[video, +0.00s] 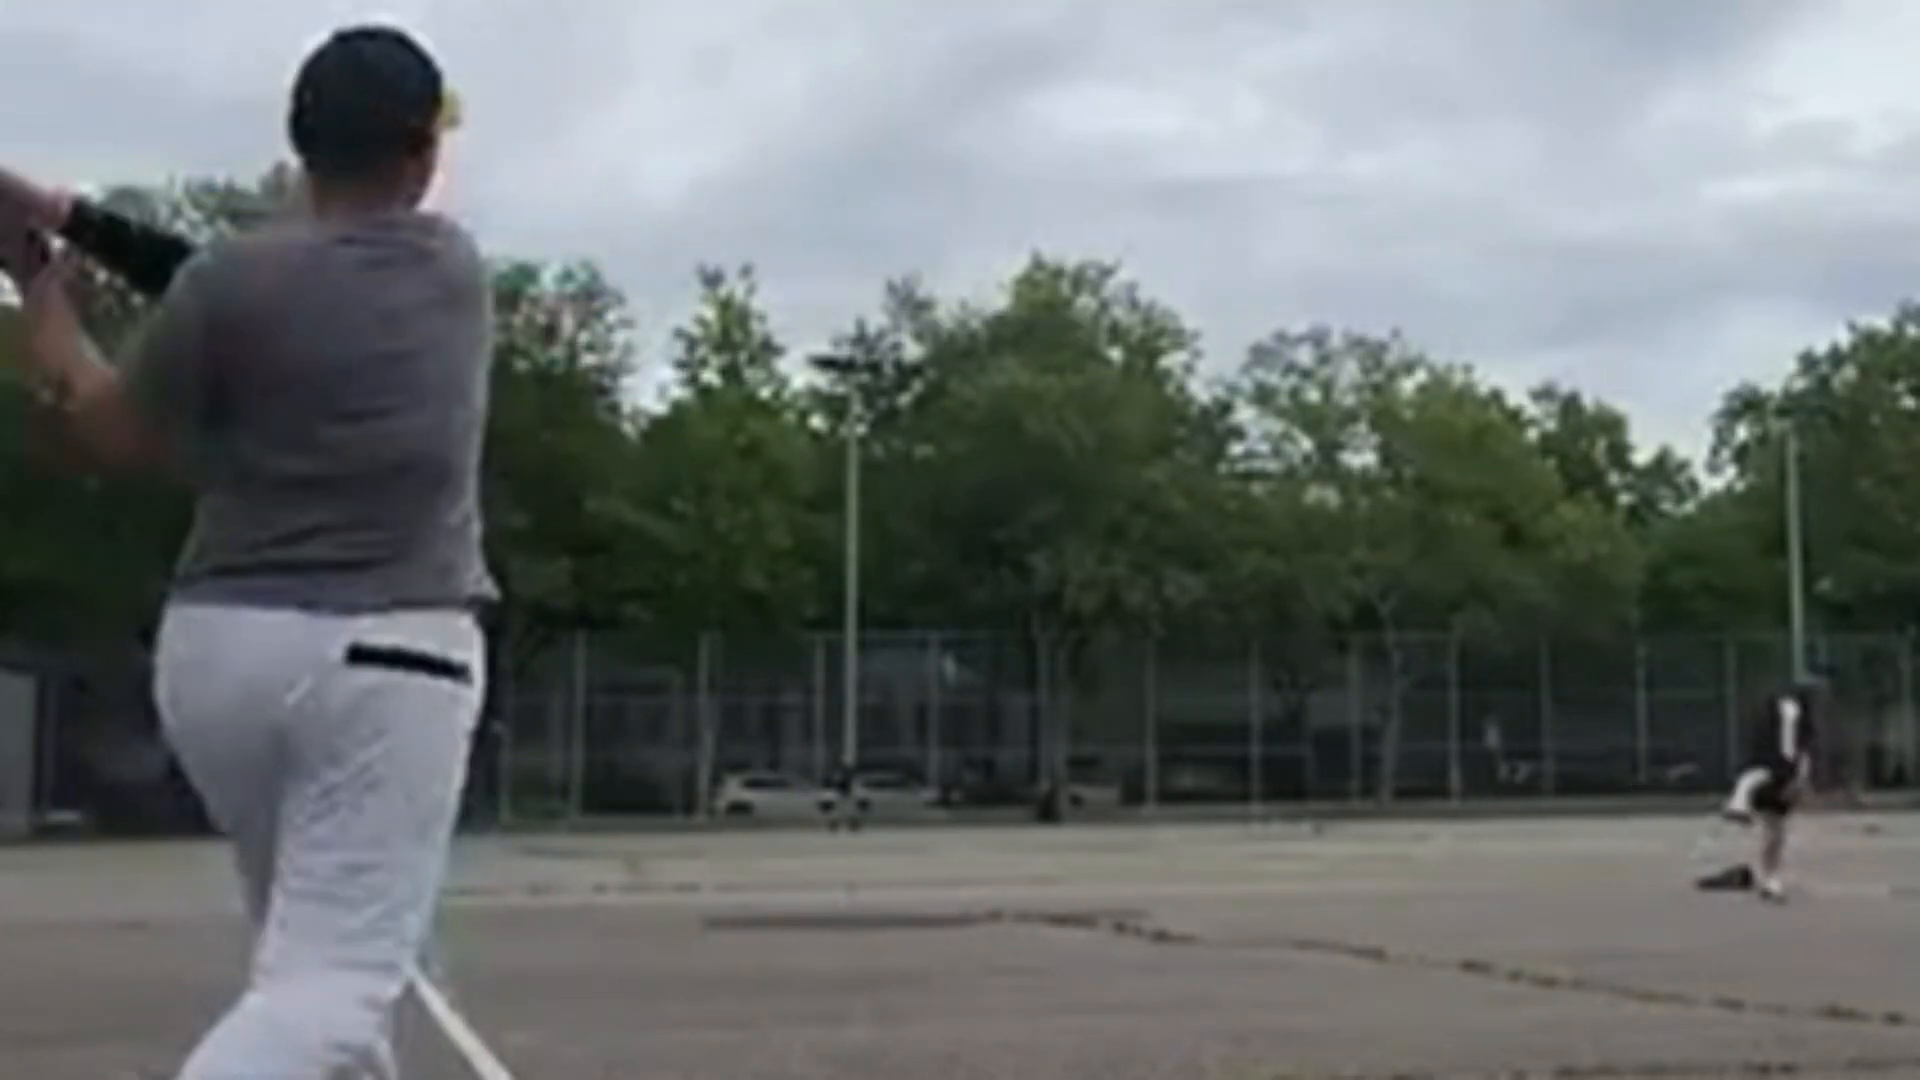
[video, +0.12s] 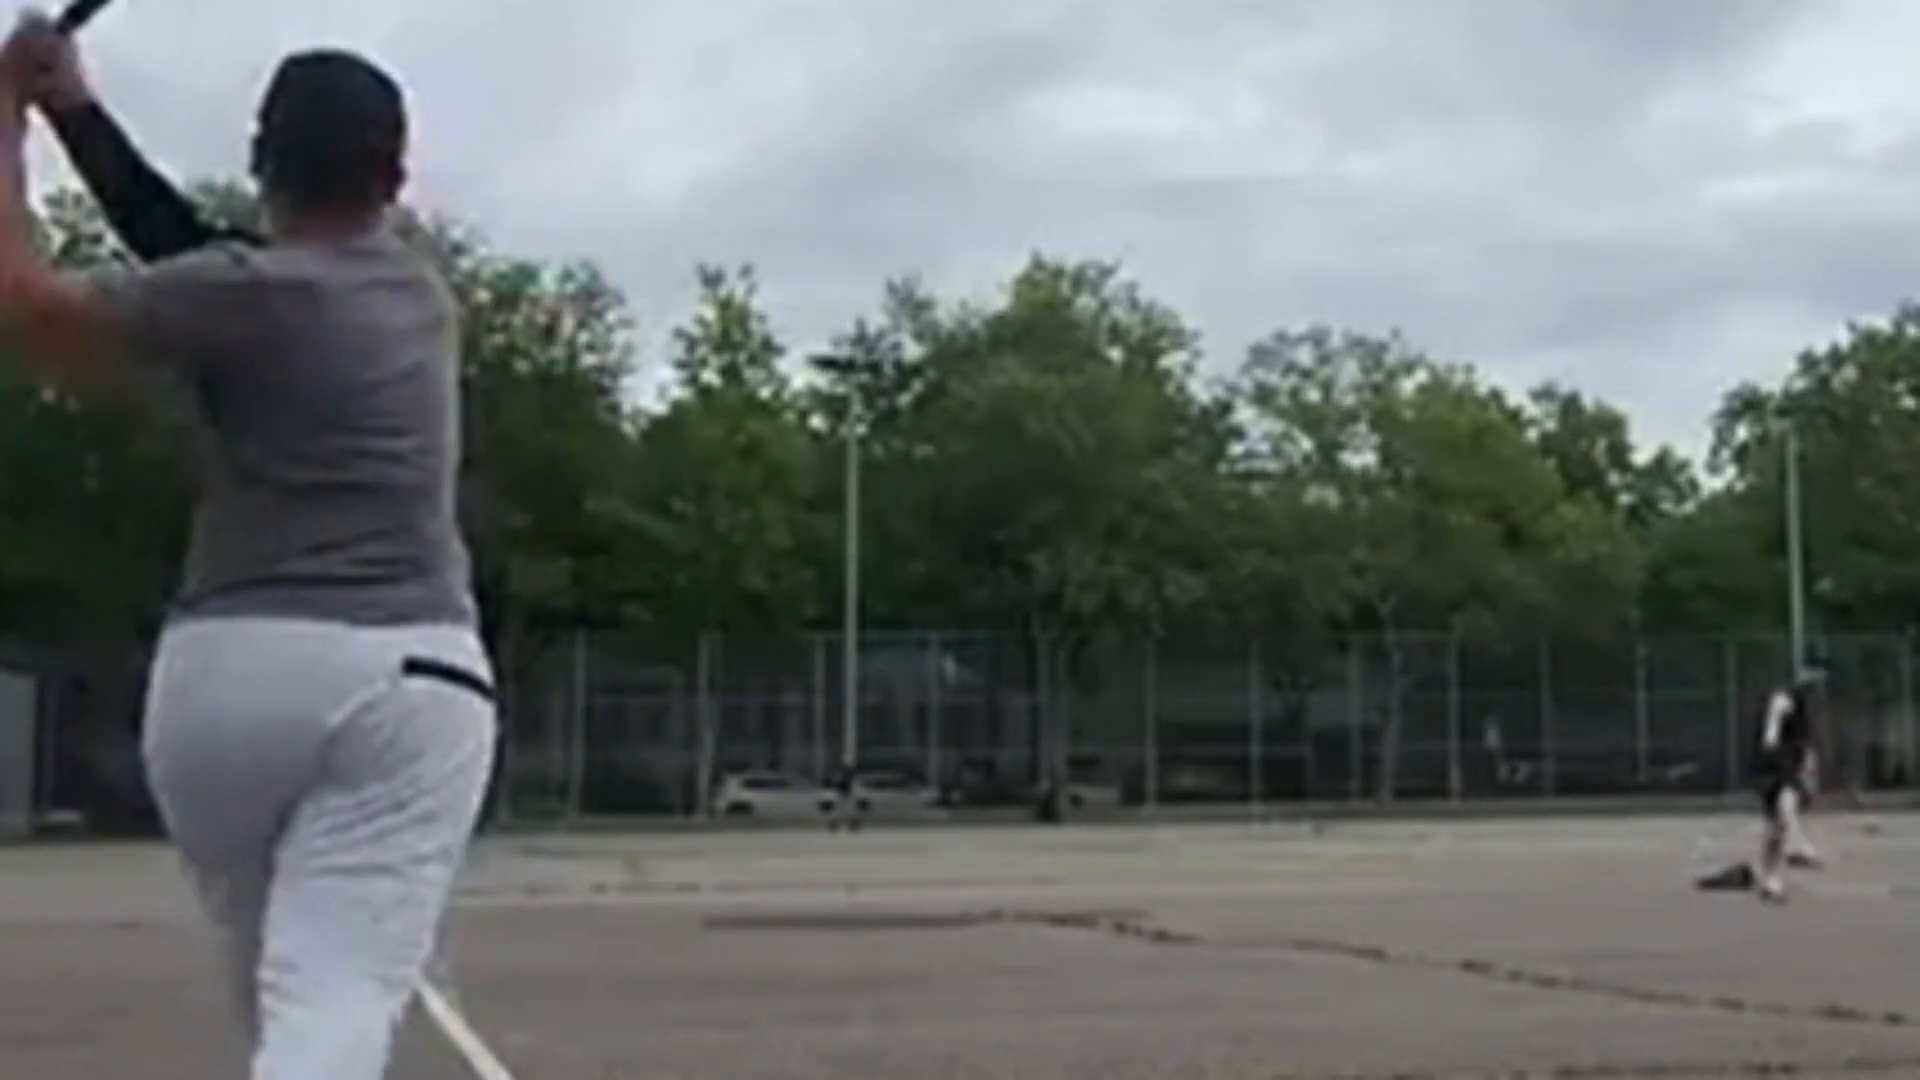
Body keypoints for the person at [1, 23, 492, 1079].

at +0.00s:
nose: (443, 137)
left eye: (435, 121)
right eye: (441, 123)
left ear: (298, 141)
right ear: (428, 143)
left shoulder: (230, 277)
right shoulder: (457, 275)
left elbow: (117, 430)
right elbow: (329, 274)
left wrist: (47, 307)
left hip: (220, 648)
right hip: (402, 653)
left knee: (309, 958)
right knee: (336, 977)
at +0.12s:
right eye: (395, 159)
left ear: (265, 168)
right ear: (393, 178)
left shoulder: (238, 294)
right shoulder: (418, 292)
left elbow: (36, 302)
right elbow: (185, 241)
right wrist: (76, 104)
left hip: (234, 660)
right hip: (419, 665)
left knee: (276, 983)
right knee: (335, 993)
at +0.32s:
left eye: (255, 175)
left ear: (248, 187)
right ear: (380, 206)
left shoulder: (194, 304)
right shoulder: (409, 329)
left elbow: (71, 366)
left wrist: (31, 330)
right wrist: (70, 326)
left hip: (200, 692)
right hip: (394, 708)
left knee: (236, 1029)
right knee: (300, 1036)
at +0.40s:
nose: (371, 205)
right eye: (370, 190)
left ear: (239, 194)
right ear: (370, 208)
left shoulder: (168, 308)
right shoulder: (398, 336)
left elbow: (67, 443)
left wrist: (53, 437)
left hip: (188, 700)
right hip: (385, 713)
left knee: (239, 1030)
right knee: (305, 1036)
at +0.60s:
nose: (165, 245)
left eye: (162, 230)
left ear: (169, 229)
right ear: (286, 227)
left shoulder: (129, 326)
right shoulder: (358, 338)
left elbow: (86, 483)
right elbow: (351, 491)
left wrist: (83, 566)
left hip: (181, 669)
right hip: (369, 671)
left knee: (244, 965)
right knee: (305, 962)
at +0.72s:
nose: (120, 281)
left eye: (120, 268)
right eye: (124, 270)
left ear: (128, 263)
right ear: (231, 256)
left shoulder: (99, 348)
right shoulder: (319, 337)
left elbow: (59, 540)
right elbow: (339, 487)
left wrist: (70, 583)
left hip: (186, 637)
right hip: (365, 630)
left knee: (240, 913)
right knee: (344, 905)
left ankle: (292, 1054)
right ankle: (304, 1065)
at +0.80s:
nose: (104, 288)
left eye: (104, 274)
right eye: (107, 276)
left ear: (115, 268)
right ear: (216, 260)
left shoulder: (84, 349)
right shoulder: (307, 341)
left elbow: (49, 548)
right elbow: (333, 491)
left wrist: (84, 601)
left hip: (172, 633)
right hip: (350, 629)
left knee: (231, 915)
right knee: (363, 903)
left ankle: (311, 1052)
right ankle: (342, 1034)